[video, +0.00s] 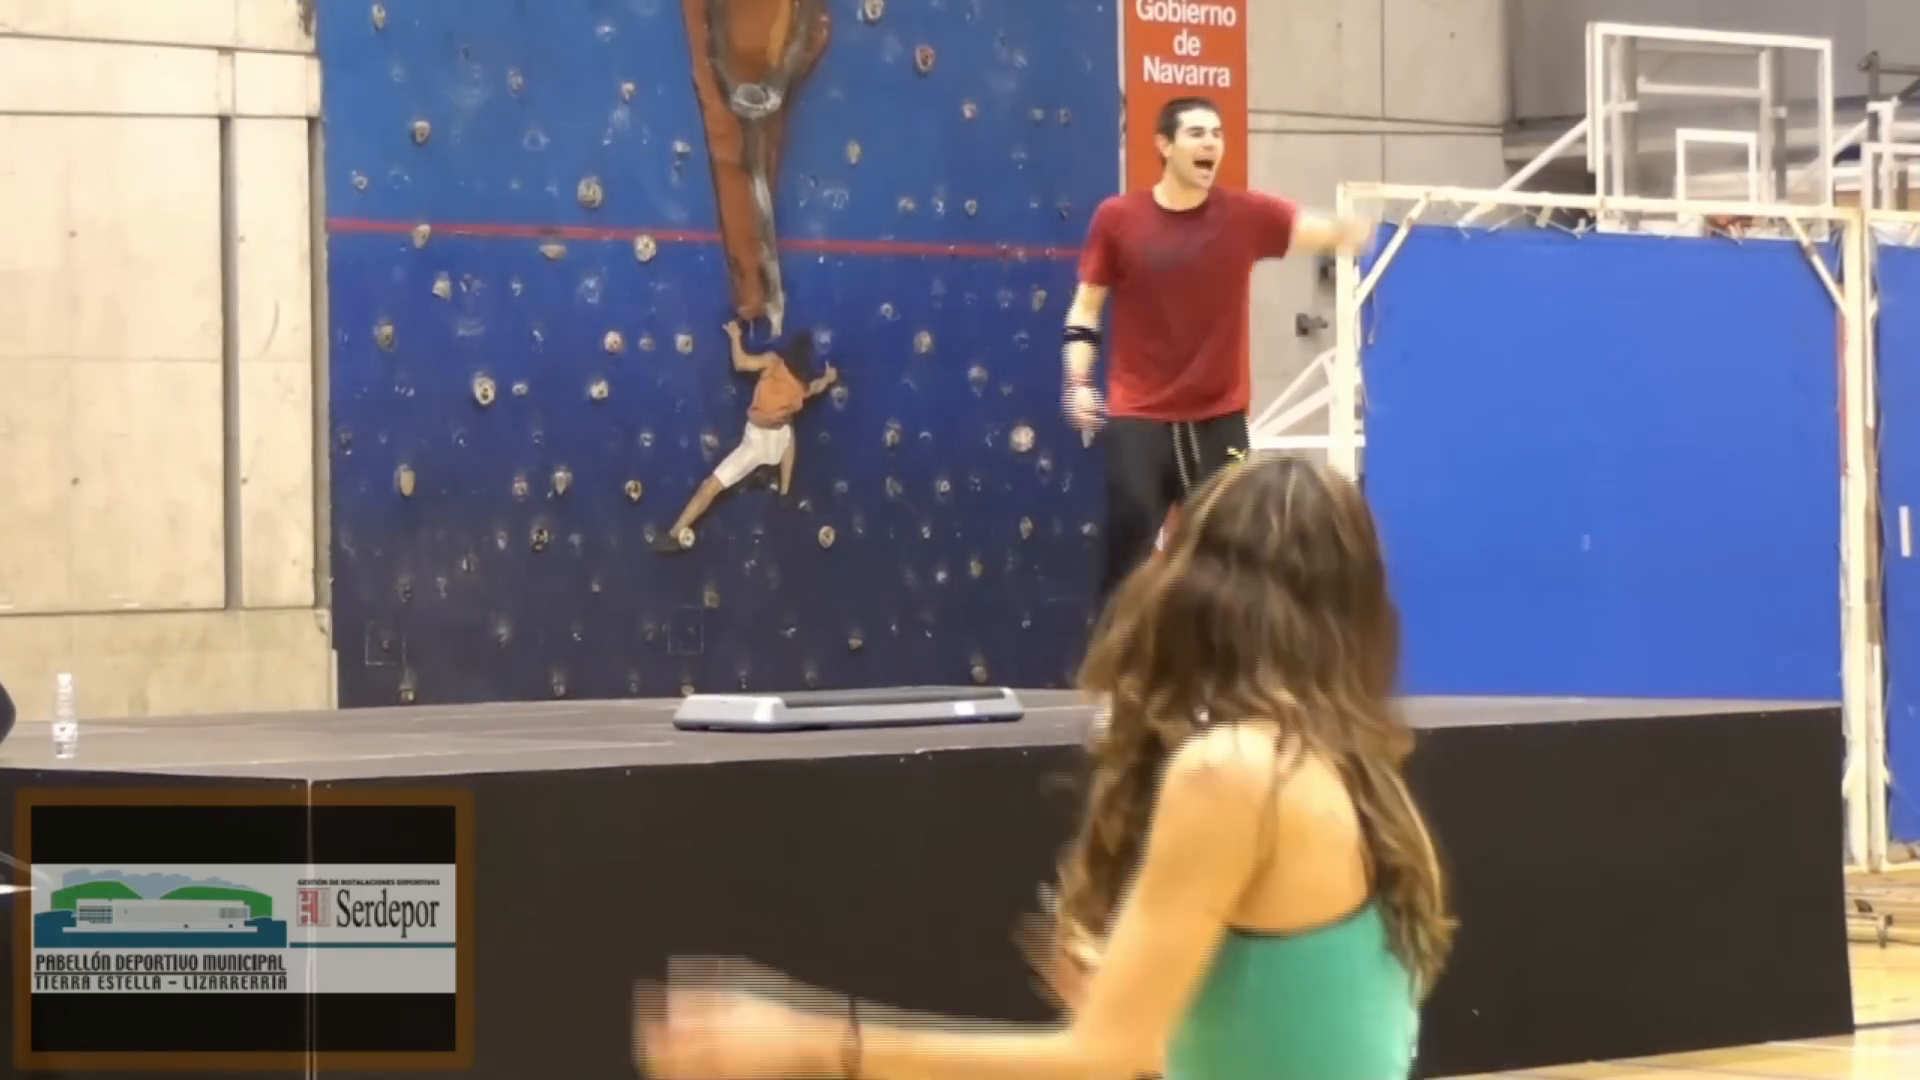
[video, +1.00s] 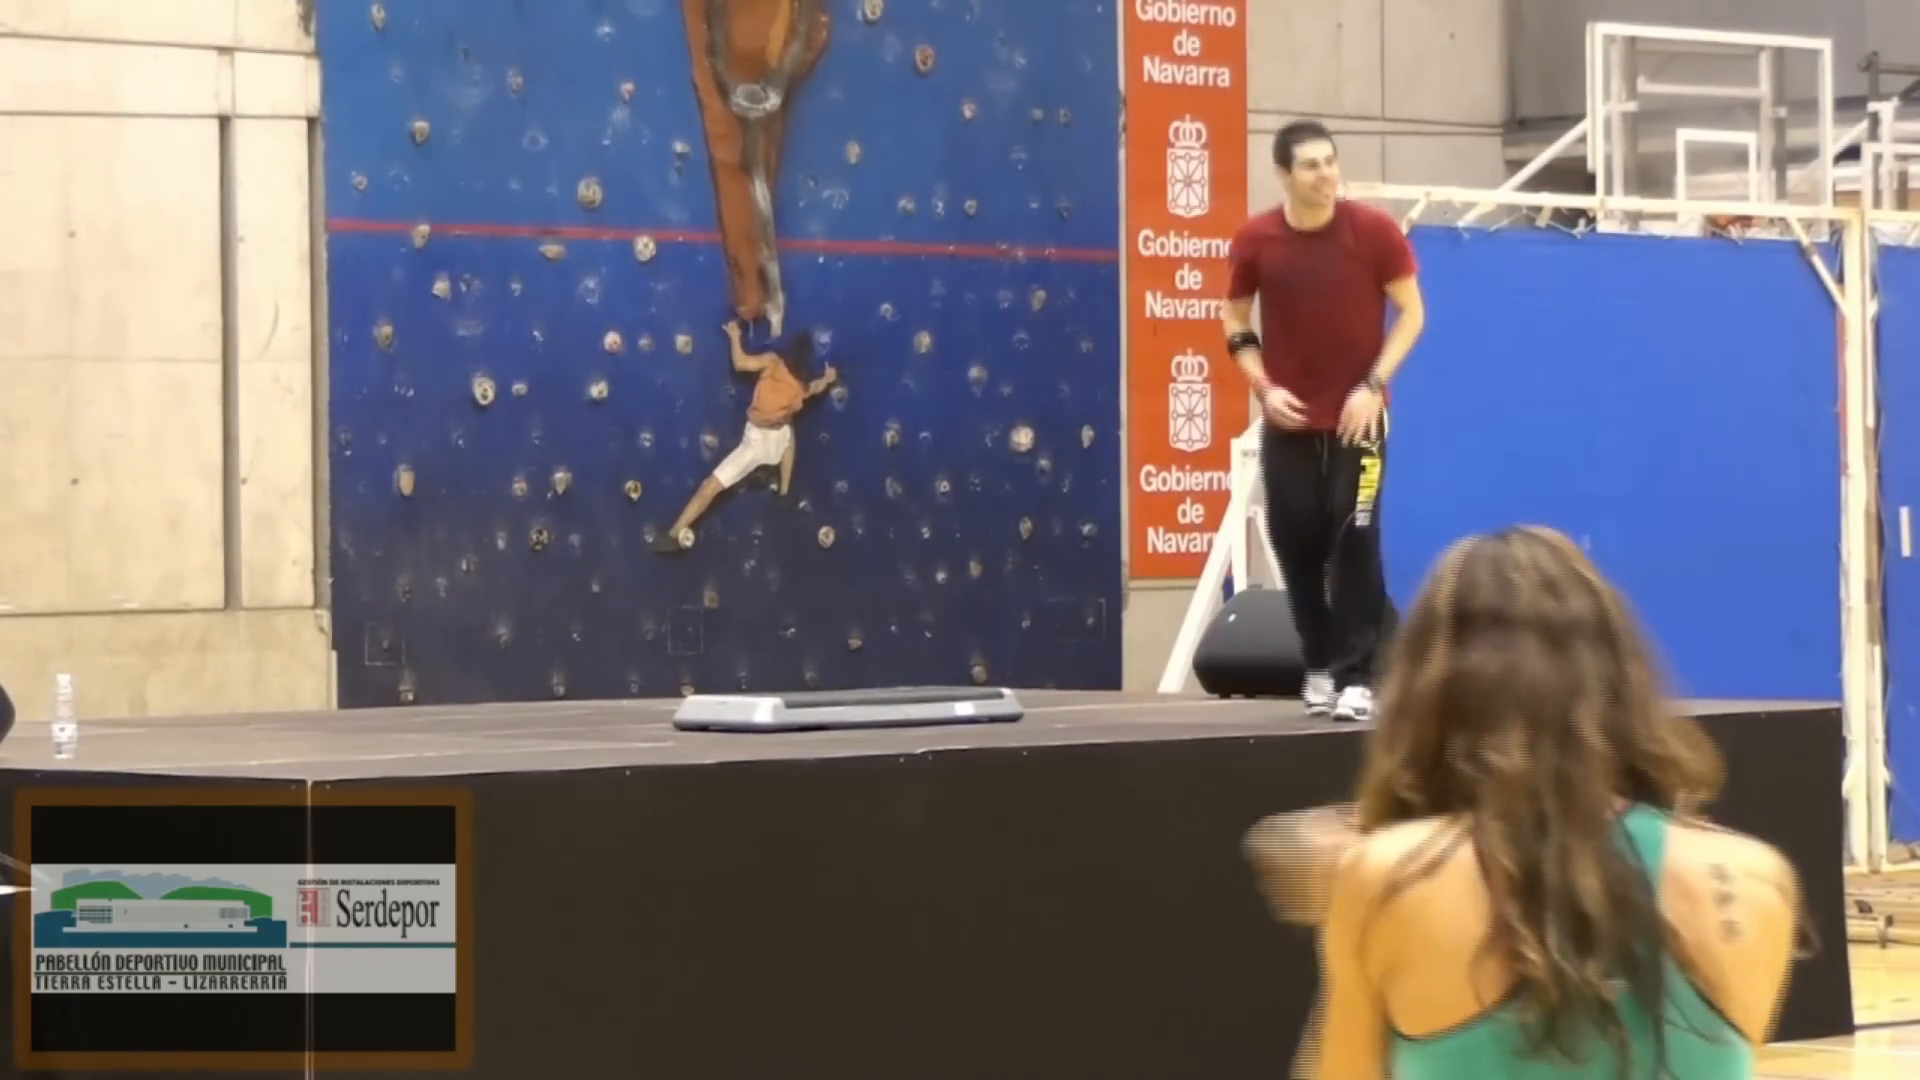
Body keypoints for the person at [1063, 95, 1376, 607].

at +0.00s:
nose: (1209, 145)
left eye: (1216, 135)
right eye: (1195, 133)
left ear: (1224, 147)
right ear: (1164, 145)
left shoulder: (1243, 213)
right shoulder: (1118, 217)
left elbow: (1326, 233)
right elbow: (1087, 307)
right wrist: (1078, 382)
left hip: (1218, 413)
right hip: (1139, 414)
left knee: (1231, 540)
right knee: (1130, 529)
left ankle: (1234, 665)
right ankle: (1116, 663)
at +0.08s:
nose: (1210, 146)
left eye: (1217, 135)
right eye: (1195, 136)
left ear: (1226, 145)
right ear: (1167, 151)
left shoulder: (1253, 218)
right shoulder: (1130, 220)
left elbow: (1325, 284)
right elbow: (1100, 313)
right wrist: (1111, 396)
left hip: (1230, 417)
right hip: (1151, 422)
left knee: (1236, 550)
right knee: (1147, 560)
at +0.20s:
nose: (1200, 160)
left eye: (1207, 147)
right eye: (1185, 152)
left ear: (1224, 155)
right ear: (1168, 170)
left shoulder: (1269, 236)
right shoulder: (1143, 240)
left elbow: (1299, 330)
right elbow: (1128, 336)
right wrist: (1150, 415)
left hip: (1247, 442)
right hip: (1169, 445)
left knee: (1249, 577)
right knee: (1170, 585)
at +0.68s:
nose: (1273, 187)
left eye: (1282, 176)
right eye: (1260, 178)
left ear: (1299, 181)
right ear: (1242, 188)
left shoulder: (1338, 248)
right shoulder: (1222, 254)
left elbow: (1373, 338)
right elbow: (1205, 332)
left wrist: (1325, 402)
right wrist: (1199, 388)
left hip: (1323, 437)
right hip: (1248, 436)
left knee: (1332, 568)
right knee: (1231, 556)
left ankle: (1352, 686)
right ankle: (1209, 679)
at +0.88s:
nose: (1307, 171)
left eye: (1315, 159)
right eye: (1294, 161)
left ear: (1328, 163)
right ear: (1273, 169)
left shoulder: (1364, 225)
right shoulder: (1245, 234)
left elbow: (1400, 311)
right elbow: (1235, 317)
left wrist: (1359, 375)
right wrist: (1243, 383)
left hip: (1348, 416)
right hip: (1274, 419)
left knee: (1351, 553)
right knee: (1270, 554)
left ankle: (1354, 673)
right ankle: (1289, 667)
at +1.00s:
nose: (1324, 174)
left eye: (1330, 163)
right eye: (1310, 166)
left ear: (1339, 168)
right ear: (1284, 174)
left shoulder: (1373, 230)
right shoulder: (1255, 240)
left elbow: (1412, 313)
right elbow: (1237, 322)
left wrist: (1375, 384)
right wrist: (1264, 386)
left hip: (1355, 417)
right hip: (1288, 422)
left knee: (1353, 540)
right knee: (1298, 548)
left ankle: (1358, 677)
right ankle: (1319, 669)